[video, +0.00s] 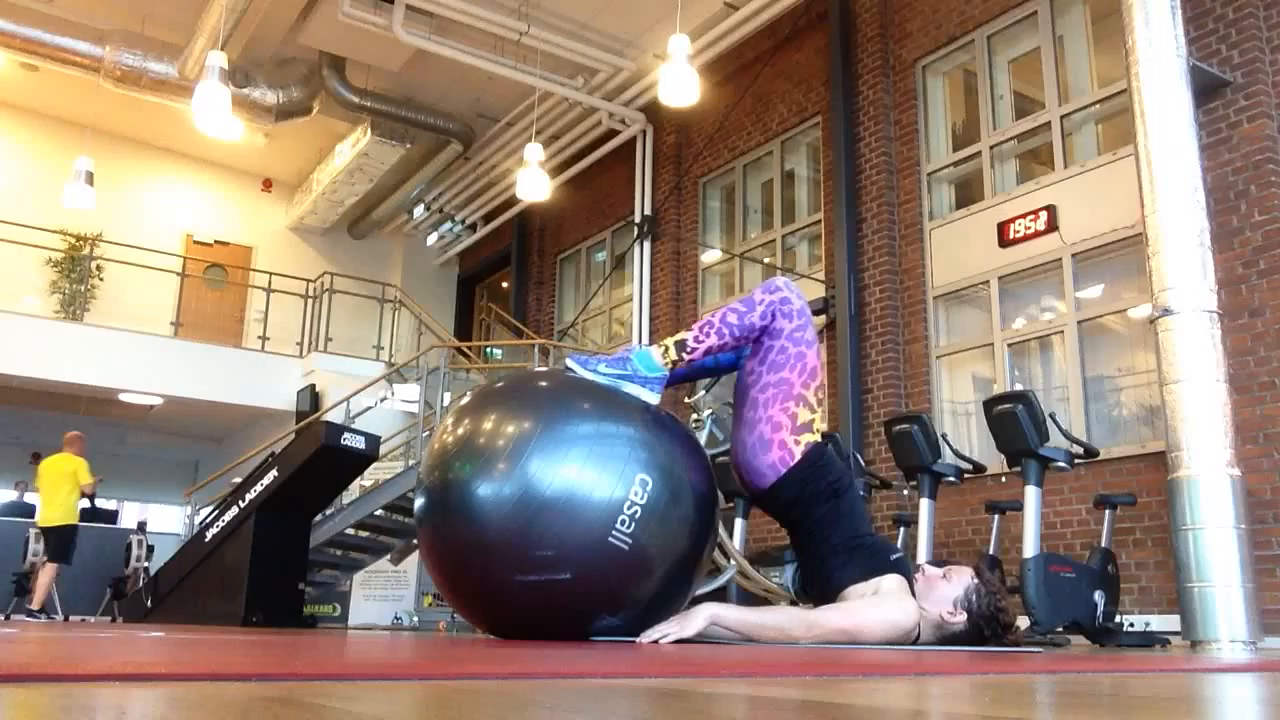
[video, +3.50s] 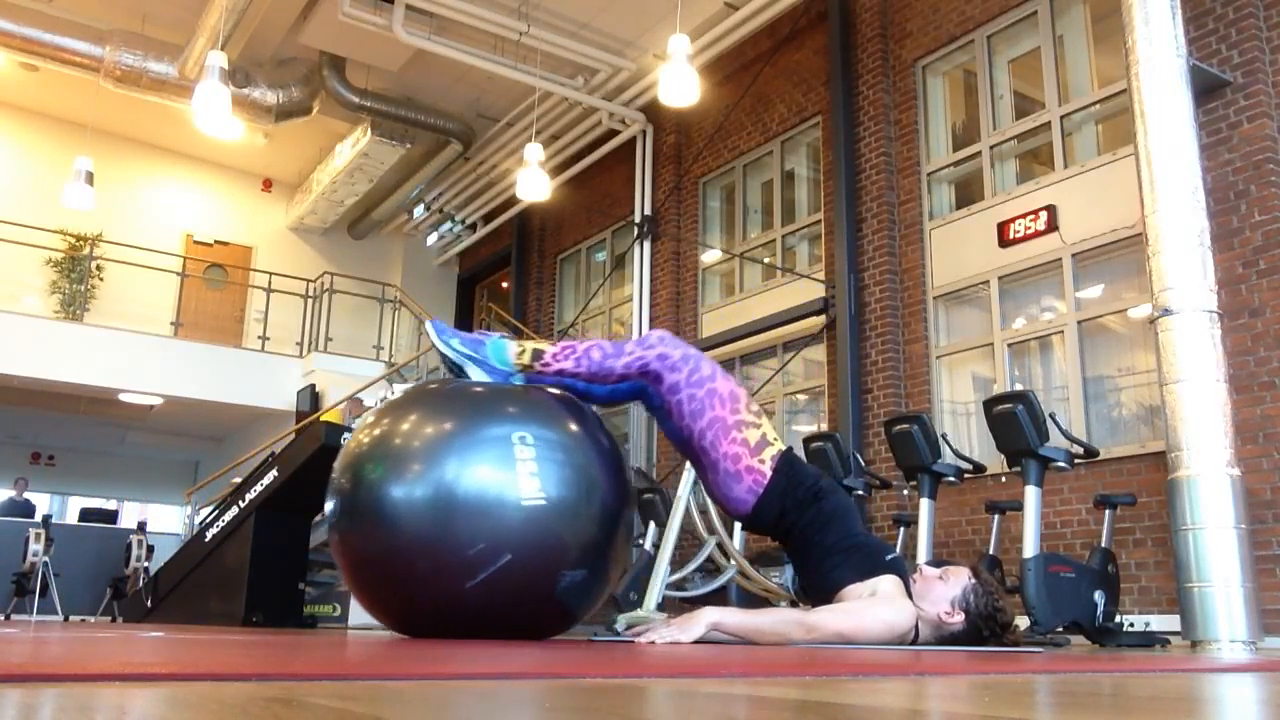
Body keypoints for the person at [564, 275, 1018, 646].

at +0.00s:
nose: (934, 564)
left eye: (946, 576)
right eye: (948, 567)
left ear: (947, 612)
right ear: (945, 611)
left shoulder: (894, 611)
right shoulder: (903, 603)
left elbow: (807, 626)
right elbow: (808, 623)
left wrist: (713, 615)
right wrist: (721, 616)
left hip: (779, 461)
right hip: (802, 458)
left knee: (782, 297)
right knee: (787, 303)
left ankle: (649, 368)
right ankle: (658, 373)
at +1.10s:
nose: (945, 567)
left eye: (953, 579)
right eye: (959, 570)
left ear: (947, 612)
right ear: (946, 597)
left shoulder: (894, 614)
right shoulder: (896, 598)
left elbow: (796, 628)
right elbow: (797, 624)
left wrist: (709, 615)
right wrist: (716, 618)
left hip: (771, 471)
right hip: (792, 461)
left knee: (720, 318)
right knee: (725, 320)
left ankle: (579, 360)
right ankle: (587, 365)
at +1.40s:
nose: (941, 569)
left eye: (952, 582)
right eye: (954, 572)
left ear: (945, 616)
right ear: (946, 607)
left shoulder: (890, 610)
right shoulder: (889, 593)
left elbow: (802, 624)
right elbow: (800, 619)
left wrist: (706, 615)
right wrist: (712, 617)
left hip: (758, 484)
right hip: (773, 469)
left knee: (657, 363)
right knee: (659, 361)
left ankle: (502, 363)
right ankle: (514, 366)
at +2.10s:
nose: (937, 569)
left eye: (948, 580)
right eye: (951, 569)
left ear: (946, 617)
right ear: (944, 601)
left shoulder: (889, 613)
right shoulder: (894, 597)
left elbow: (796, 628)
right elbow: (798, 623)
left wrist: (706, 612)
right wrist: (712, 620)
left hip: (750, 480)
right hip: (769, 469)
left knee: (709, 322)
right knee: (710, 337)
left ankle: (569, 369)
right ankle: (584, 381)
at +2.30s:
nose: (935, 563)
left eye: (947, 576)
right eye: (948, 566)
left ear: (947, 613)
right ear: (944, 611)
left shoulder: (891, 611)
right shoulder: (901, 601)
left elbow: (805, 626)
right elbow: (803, 622)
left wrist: (709, 614)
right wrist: (714, 616)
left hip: (764, 464)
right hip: (786, 465)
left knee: (778, 304)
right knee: (781, 310)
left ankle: (645, 365)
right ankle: (649, 369)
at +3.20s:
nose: (942, 567)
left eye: (951, 577)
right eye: (955, 569)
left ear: (946, 611)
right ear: (944, 598)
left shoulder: (892, 613)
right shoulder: (894, 600)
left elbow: (795, 629)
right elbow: (794, 625)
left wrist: (705, 616)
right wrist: (708, 619)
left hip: (765, 473)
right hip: (783, 465)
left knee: (722, 317)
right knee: (728, 321)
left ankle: (583, 364)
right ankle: (597, 370)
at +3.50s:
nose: (937, 569)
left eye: (949, 581)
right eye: (950, 570)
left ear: (946, 617)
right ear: (945, 605)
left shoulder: (892, 610)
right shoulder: (891, 594)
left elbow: (804, 626)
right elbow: (802, 621)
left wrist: (708, 618)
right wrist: (714, 622)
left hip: (756, 481)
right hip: (773, 467)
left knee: (665, 355)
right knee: (668, 351)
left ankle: (508, 361)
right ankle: (522, 363)